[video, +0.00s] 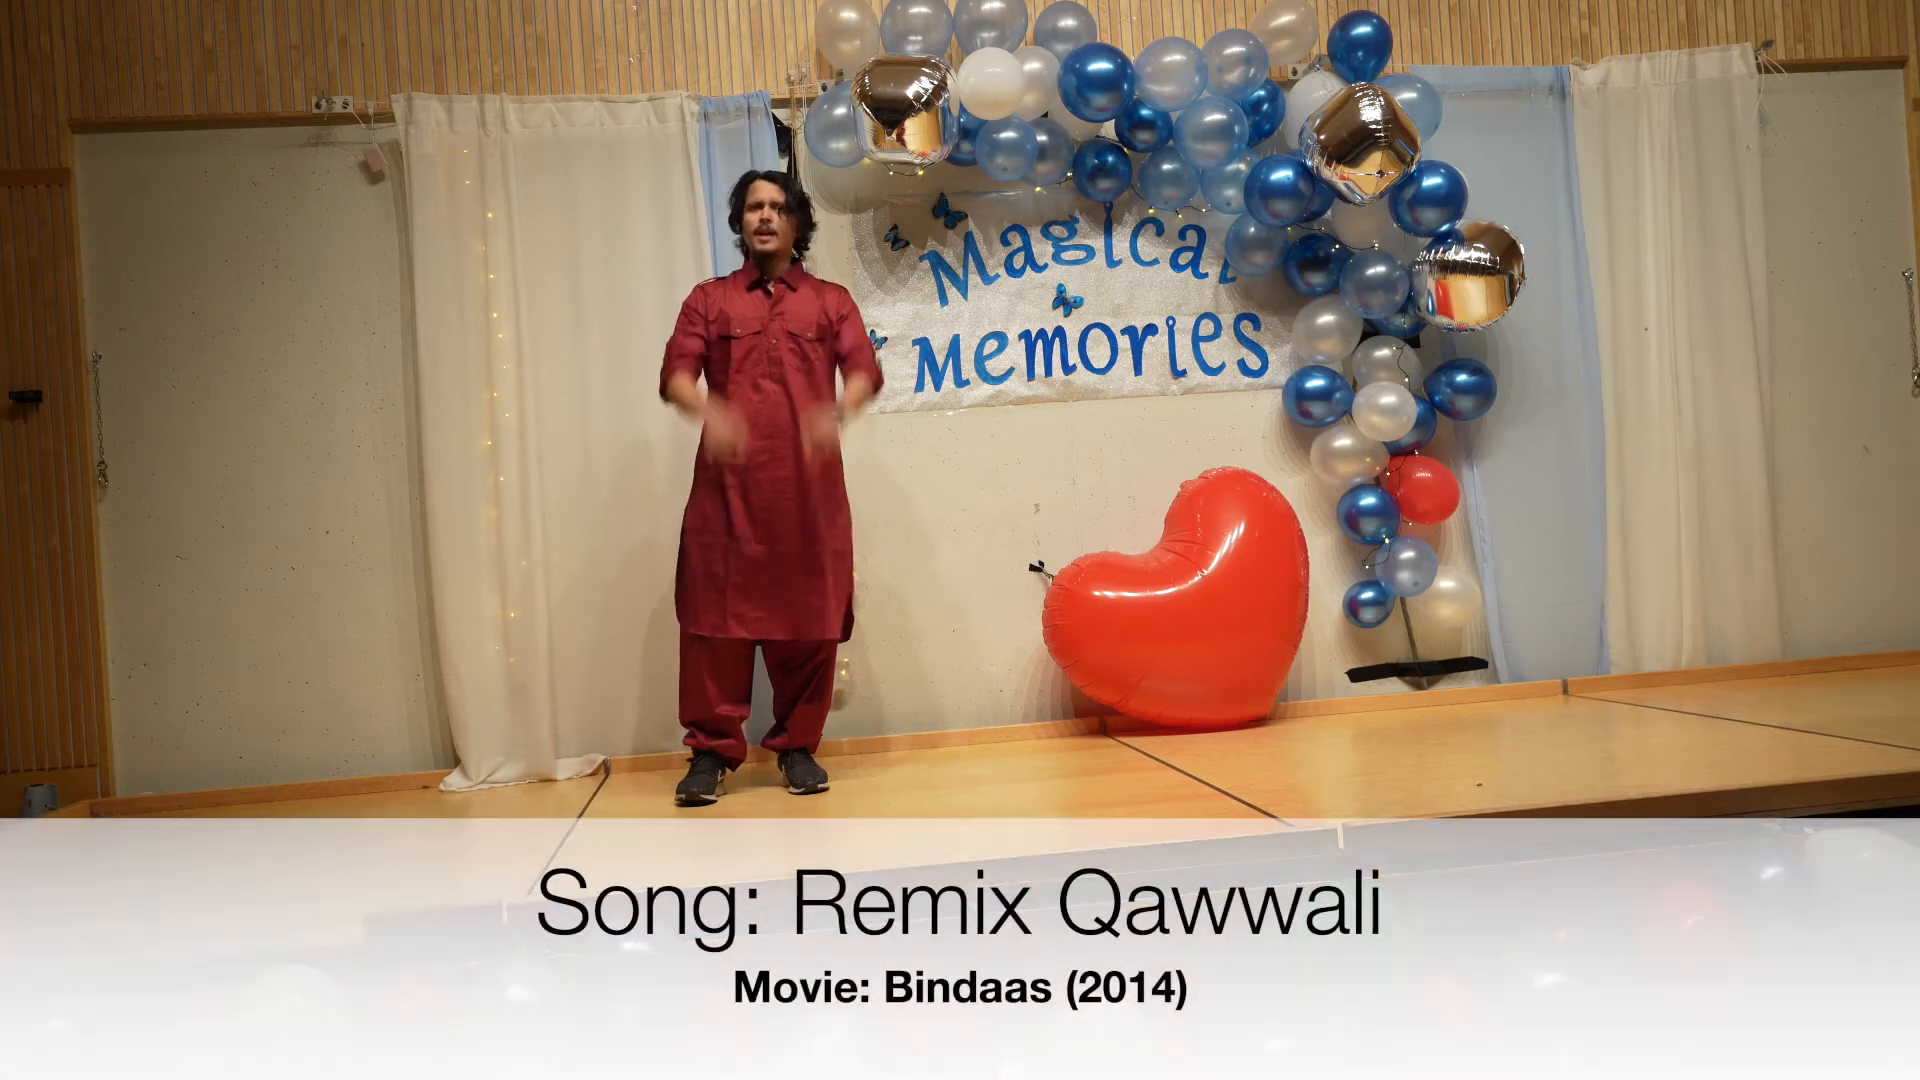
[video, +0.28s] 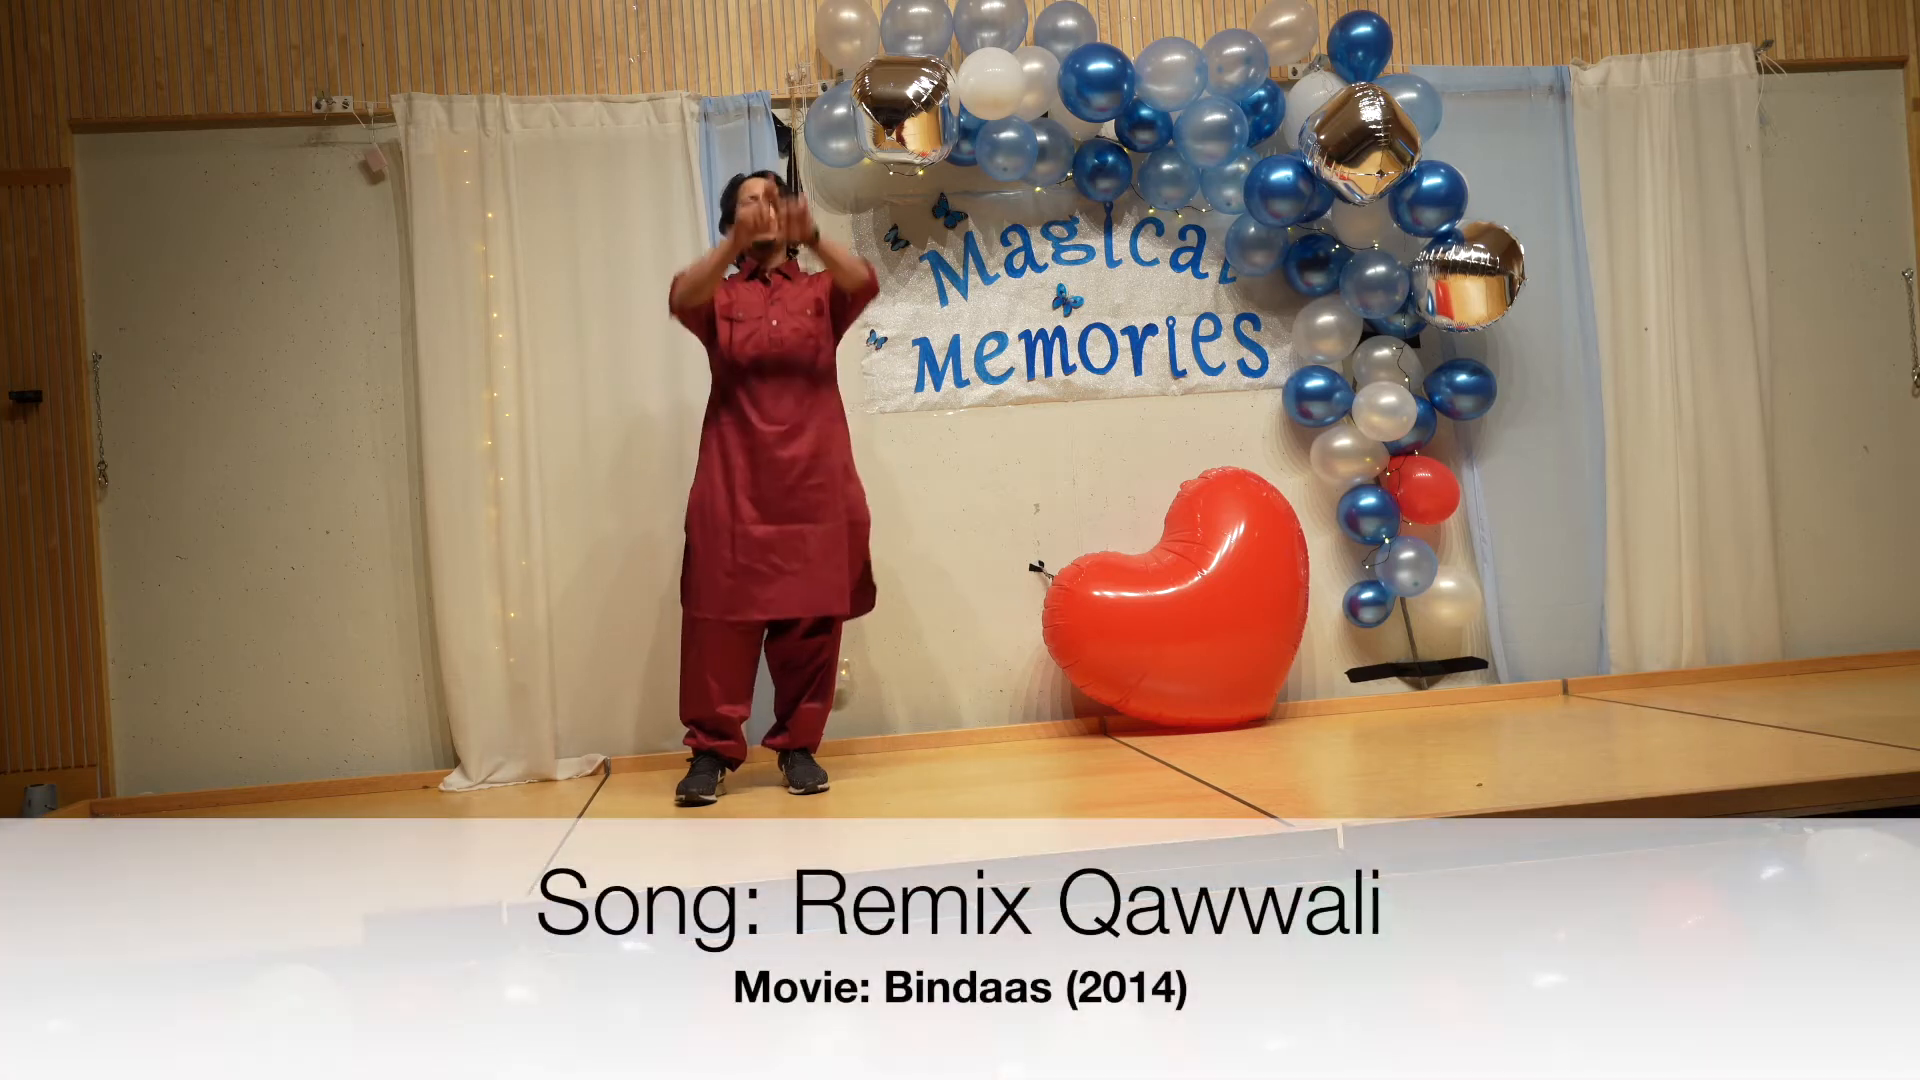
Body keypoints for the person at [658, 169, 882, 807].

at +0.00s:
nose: (763, 218)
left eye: (776, 208)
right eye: (753, 208)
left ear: (799, 223)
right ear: (738, 223)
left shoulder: (830, 299)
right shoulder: (709, 298)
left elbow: (865, 373)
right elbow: (676, 378)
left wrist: (838, 413)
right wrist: (713, 412)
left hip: (806, 484)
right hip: (727, 485)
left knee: (809, 617)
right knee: (713, 616)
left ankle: (799, 748)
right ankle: (710, 752)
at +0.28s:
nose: (763, 211)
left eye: (771, 200)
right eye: (749, 202)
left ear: (790, 221)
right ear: (731, 225)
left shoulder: (822, 292)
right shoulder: (718, 296)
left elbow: (862, 280)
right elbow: (682, 298)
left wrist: (812, 234)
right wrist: (736, 239)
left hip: (814, 472)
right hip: (734, 472)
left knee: (812, 620)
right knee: (718, 616)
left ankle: (799, 749)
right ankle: (711, 752)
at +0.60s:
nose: (759, 214)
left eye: (769, 205)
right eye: (746, 208)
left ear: (793, 224)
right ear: (732, 234)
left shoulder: (829, 292)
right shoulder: (721, 299)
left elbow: (887, 257)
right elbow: (671, 270)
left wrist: (882, 183)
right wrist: (692, 193)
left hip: (817, 484)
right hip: (734, 486)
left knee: (813, 629)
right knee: (719, 627)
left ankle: (800, 749)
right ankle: (710, 753)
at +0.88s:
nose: (761, 218)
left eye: (771, 210)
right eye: (747, 213)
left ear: (791, 230)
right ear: (732, 237)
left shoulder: (833, 301)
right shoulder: (716, 306)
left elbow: (907, 320)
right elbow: (661, 348)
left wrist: (932, 291)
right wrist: (667, 310)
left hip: (826, 488)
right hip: (740, 491)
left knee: (819, 627)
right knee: (735, 625)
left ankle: (801, 749)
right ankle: (727, 754)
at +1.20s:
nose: (764, 224)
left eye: (773, 215)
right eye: (752, 217)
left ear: (791, 229)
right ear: (732, 235)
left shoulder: (826, 299)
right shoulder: (714, 303)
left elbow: (888, 335)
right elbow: (678, 353)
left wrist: (895, 318)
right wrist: (714, 313)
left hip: (827, 471)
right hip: (750, 476)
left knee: (827, 606)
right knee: (767, 602)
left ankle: (808, 742)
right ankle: (791, 742)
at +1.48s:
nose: (771, 241)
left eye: (781, 229)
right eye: (758, 230)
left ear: (798, 230)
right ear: (735, 233)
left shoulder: (826, 288)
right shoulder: (713, 299)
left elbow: (874, 342)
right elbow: (710, 350)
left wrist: (843, 316)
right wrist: (780, 311)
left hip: (831, 466)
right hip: (752, 469)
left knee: (831, 600)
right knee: (780, 593)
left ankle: (800, 744)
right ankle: (826, 718)